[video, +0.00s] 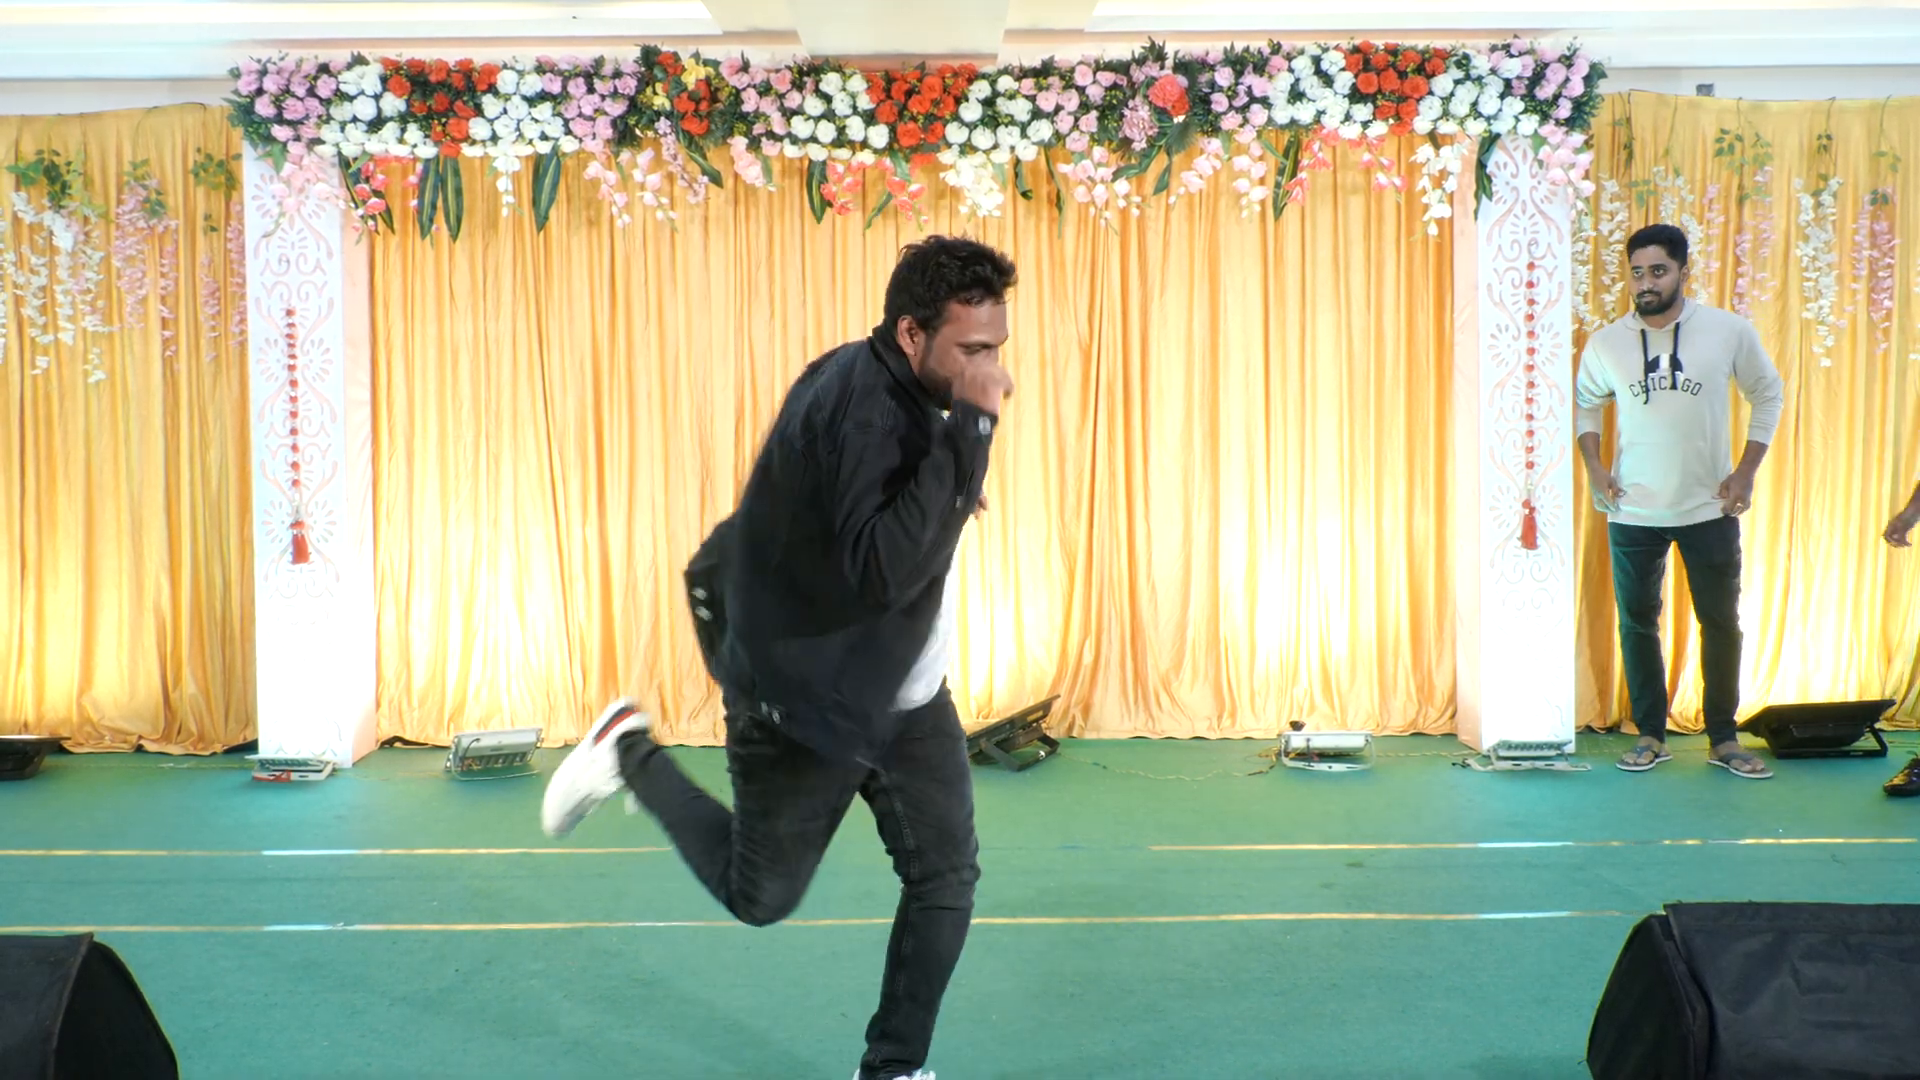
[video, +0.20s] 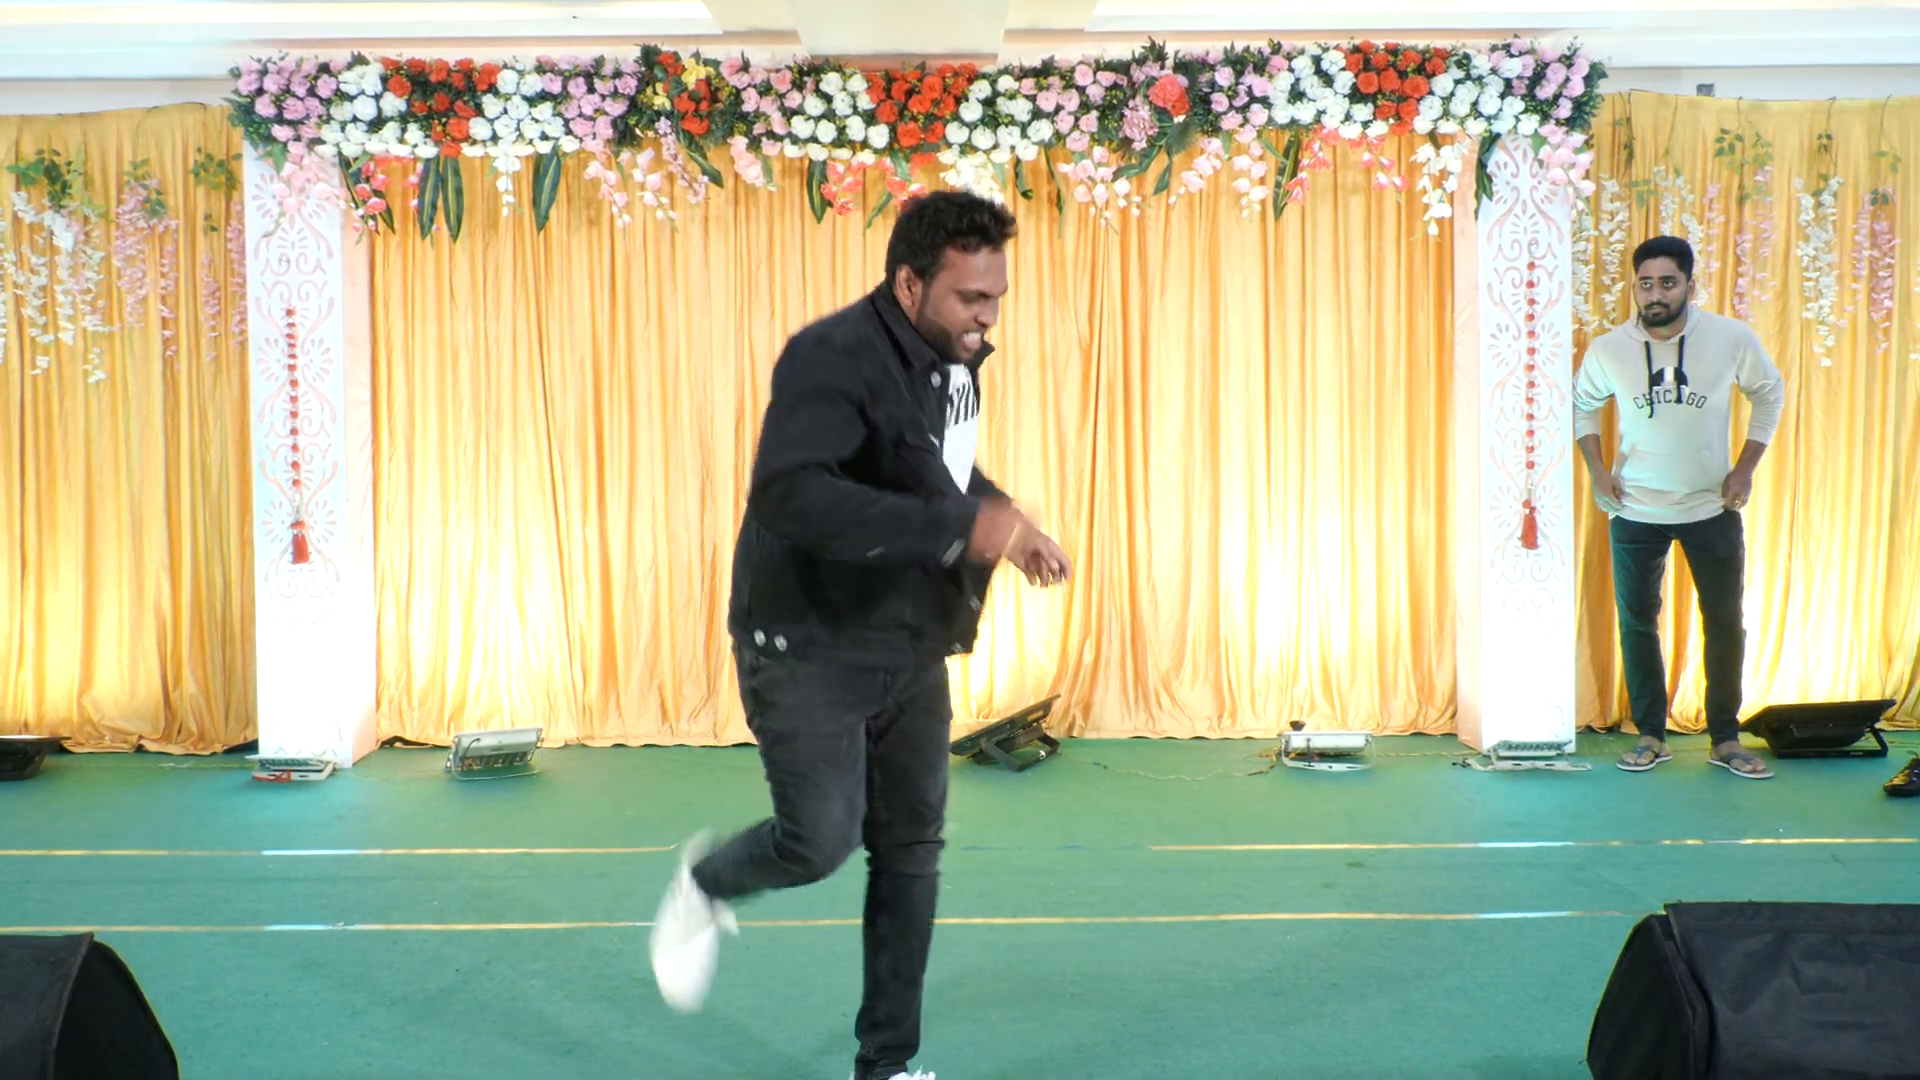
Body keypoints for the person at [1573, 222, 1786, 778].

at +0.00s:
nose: (1646, 282)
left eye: (1658, 270)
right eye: (1637, 272)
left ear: (1684, 273)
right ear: (1627, 277)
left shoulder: (1728, 332)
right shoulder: (1607, 344)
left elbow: (1768, 395)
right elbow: (1586, 402)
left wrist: (1746, 471)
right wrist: (1595, 467)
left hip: (1708, 508)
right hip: (1634, 511)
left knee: (1721, 625)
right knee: (1637, 625)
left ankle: (1723, 739)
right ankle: (1649, 736)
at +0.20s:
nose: (1655, 293)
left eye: (1667, 282)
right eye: (1645, 282)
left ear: (1690, 286)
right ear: (1633, 288)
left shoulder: (1731, 340)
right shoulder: (1609, 350)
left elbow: (1769, 393)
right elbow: (1582, 407)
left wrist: (1745, 467)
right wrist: (1597, 470)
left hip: (1711, 508)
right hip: (1636, 509)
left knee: (1725, 622)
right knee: (1636, 621)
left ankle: (1725, 740)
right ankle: (1649, 736)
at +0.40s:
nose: (1664, 307)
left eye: (1677, 295)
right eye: (1654, 295)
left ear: (1697, 295)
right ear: (1640, 297)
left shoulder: (1735, 342)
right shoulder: (1613, 353)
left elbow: (1780, 380)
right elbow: (1581, 400)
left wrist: (1753, 454)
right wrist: (1594, 464)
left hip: (1712, 499)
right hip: (1639, 501)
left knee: (1725, 617)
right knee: (1638, 616)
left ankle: (1727, 740)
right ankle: (1649, 736)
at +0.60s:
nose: (1682, 302)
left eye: (1692, 291)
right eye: (1670, 291)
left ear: (1708, 290)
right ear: (1651, 293)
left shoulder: (1742, 338)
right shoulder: (1622, 347)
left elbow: (1784, 373)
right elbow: (1586, 387)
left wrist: (1756, 449)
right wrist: (1603, 455)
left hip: (1716, 500)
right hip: (1642, 501)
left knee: (1726, 619)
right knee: (1642, 615)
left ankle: (1728, 740)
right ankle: (1650, 735)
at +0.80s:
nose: (1694, 285)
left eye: (1704, 275)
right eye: (1682, 274)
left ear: (1718, 279)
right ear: (1662, 277)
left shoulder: (1747, 327)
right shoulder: (1629, 333)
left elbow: (1788, 362)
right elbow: (1590, 370)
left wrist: (1764, 440)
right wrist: (1603, 439)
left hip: (1721, 495)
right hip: (1647, 495)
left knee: (1726, 618)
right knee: (1647, 615)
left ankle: (1728, 739)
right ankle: (1651, 734)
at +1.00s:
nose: (1701, 275)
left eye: (1712, 265)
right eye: (1690, 265)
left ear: (1726, 270)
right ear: (1670, 269)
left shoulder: (1754, 322)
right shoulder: (1635, 328)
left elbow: (1792, 362)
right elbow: (1596, 367)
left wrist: (1768, 436)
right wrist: (1608, 435)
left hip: (1725, 495)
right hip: (1653, 495)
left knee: (1724, 618)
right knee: (1652, 614)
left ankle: (1728, 739)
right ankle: (1651, 735)